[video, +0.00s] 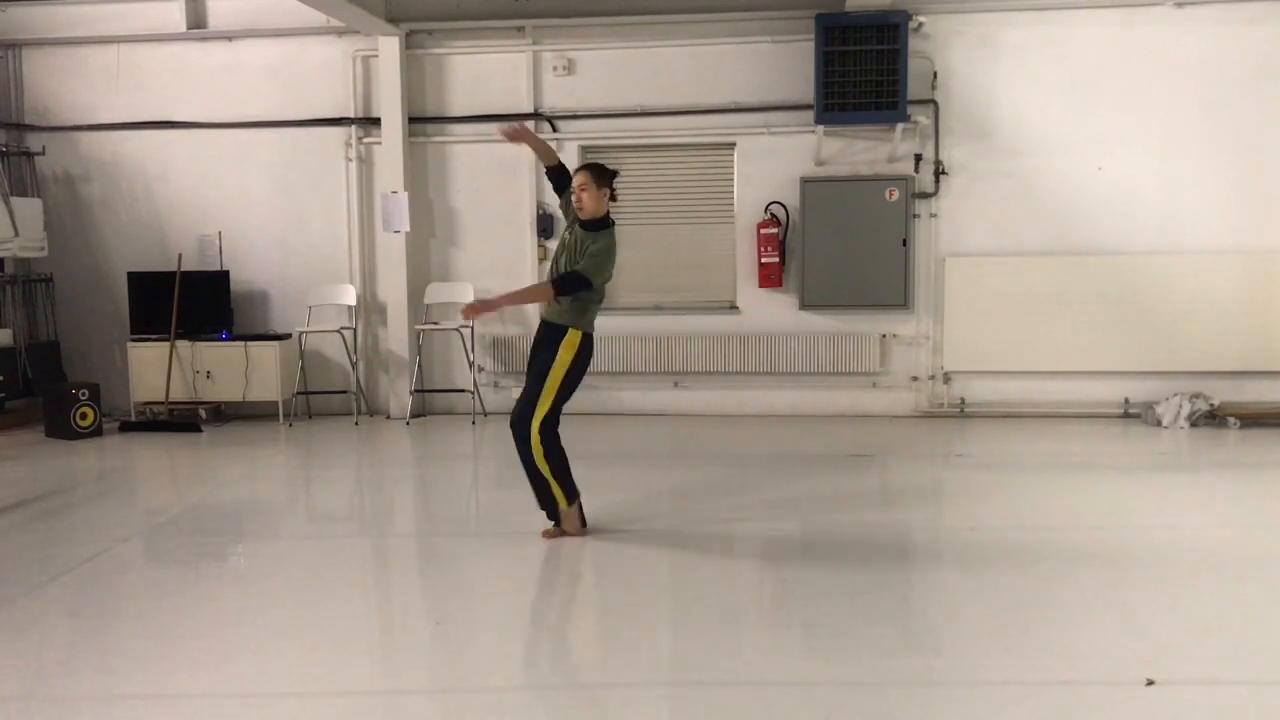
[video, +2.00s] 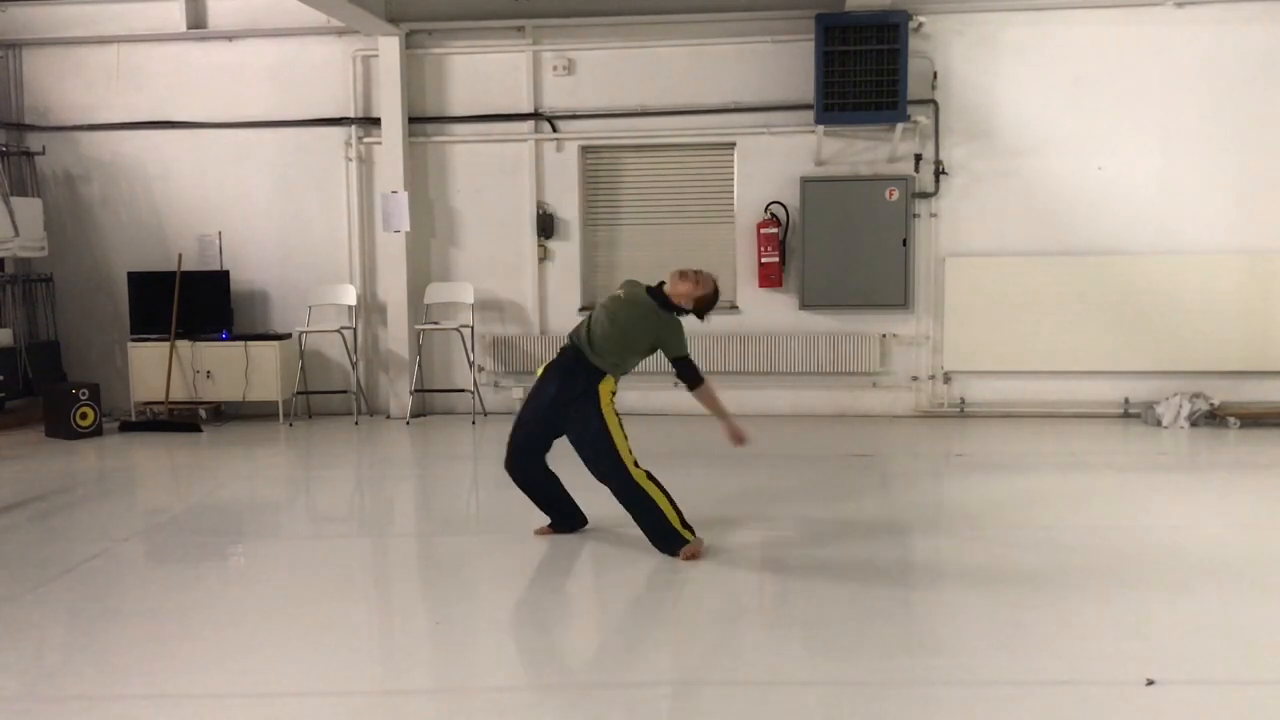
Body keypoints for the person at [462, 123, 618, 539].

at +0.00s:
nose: (577, 197)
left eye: (585, 190)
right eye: (575, 191)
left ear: (607, 194)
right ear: (573, 196)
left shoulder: (601, 247)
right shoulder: (577, 219)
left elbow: (559, 288)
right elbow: (557, 173)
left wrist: (497, 302)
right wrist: (530, 140)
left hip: (569, 341)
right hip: (552, 334)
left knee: (529, 422)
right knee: (537, 423)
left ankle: (566, 510)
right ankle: (566, 510)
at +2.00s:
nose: (689, 272)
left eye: (697, 280)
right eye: (694, 270)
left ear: (690, 302)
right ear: (678, 274)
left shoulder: (668, 327)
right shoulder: (633, 288)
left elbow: (692, 378)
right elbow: (606, 324)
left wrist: (727, 421)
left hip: (591, 388)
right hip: (560, 370)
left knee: (619, 471)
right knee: (520, 459)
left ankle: (680, 540)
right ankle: (567, 518)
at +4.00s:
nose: (773, 466)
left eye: (778, 467)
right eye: (781, 466)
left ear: (775, 445)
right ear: (793, 446)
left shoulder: (743, 421)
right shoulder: (807, 430)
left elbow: (728, 466)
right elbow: (829, 487)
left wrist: (724, 522)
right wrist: (817, 548)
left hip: (722, 314)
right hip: (758, 315)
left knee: (680, 386)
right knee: (732, 230)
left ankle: (600, 404)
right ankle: (800, 169)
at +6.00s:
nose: (809, 447)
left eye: (815, 442)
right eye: (812, 439)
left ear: (800, 421)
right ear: (799, 422)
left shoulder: (775, 436)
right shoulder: (755, 427)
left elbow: (793, 481)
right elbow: (707, 470)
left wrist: (822, 506)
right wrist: (692, 526)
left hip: (731, 490)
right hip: (707, 499)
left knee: (805, 507)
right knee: (788, 525)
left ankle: (897, 523)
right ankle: (883, 542)